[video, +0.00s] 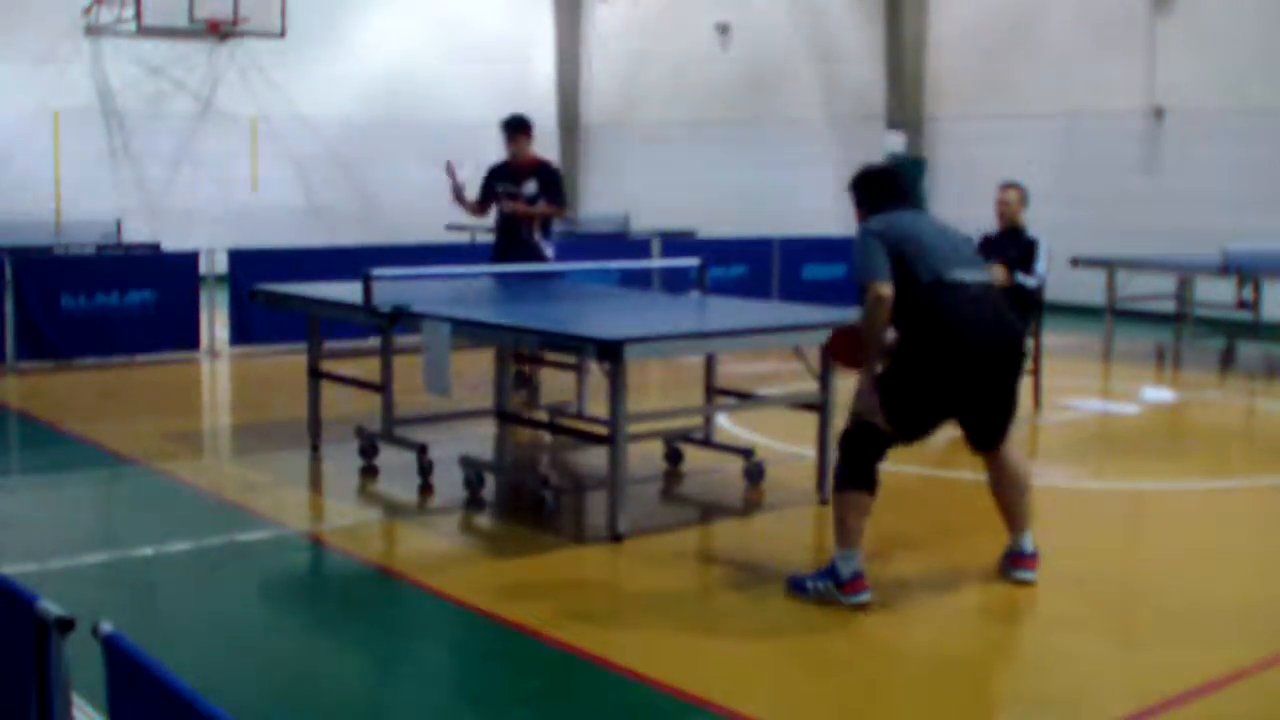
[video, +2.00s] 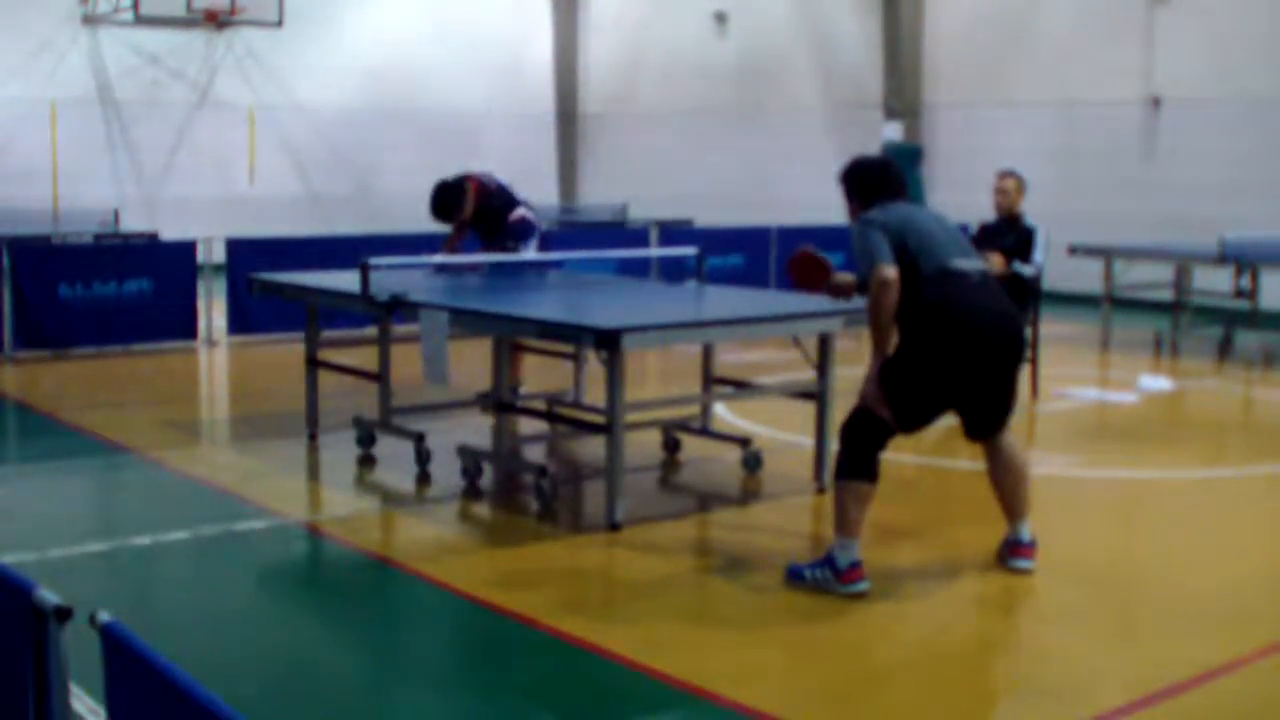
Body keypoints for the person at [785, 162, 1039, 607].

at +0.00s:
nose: (857, 215)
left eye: (857, 207)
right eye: (857, 207)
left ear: (866, 204)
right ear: (909, 196)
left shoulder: (875, 231)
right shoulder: (945, 231)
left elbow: (881, 294)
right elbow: (985, 283)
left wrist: (869, 360)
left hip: (937, 350)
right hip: (999, 348)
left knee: (861, 443)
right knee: (995, 441)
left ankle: (846, 568)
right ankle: (1024, 547)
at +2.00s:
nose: (848, 210)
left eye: (847, 201)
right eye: (846, 201)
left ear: (855, 200)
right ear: (899, 189)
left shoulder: (870, 224)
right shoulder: (932, 219)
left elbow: (885, 280)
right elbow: (933, 278)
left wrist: (878, 360)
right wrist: (853, 285)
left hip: (939, 342)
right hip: (999, 337)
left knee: (861, 434)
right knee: (993, 431)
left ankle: (845, 558)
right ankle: (1021, 537)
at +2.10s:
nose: (848, 208)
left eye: (847, 200)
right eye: (846, 200)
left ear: (856, 198)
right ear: (898, 188)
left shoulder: (870, 222)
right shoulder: (931, 218)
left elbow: (884, 279)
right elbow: (931, 277)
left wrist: (879, 359)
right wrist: (850, 286)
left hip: (938, 341)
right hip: (999, 337)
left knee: (861, 434)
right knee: (994, 431)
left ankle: (845, 557)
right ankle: (1022, 537)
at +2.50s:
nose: (850, 208)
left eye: (849, 200)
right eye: (848, 200)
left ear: (857, 198)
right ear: (899, 189)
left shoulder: (870, 222)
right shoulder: (933, 218)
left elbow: (881, 280)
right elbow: (933, 279)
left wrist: (875, 361)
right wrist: (855, 285)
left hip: (937, 344)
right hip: (999, 339)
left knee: (859, 434)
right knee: (993, 431)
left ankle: (843, 557)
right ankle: (1021, 535)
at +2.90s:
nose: (854, 201)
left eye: (854, 194)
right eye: (854, 194)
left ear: (862, 192)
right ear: (904, 184)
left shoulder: (871, 220)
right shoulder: (939, 216)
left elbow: (873, 283)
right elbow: (980, 271)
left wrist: (876, 360)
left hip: (933, 341)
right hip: (996, 339)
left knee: (857, 433)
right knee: (994, 432)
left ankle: (843, 556)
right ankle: (1020, 534)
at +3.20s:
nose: (857, 201)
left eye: (857, 194)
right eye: (858, 194)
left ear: (864, 191)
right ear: (908, 185)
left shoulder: (872, 221)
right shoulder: (943, 218)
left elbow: (873, 284)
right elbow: (983, 272)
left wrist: (873, 360)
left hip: (933, 339)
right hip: (996, 337)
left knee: (853, 434)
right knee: (992, 431)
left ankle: (843, 556)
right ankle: (1021, 534)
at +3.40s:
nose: (860, 192)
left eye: (861, 185)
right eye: (862, 185)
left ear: (869, 184)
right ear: (914, 180)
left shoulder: (875, 216)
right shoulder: (944, 213)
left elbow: (877, 280)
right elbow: (987, 267)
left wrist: (875, 361)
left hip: (935, 339)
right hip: (996, 338)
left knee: (861, 435)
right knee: (994, 431)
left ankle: (843, 556)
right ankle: (1020, 535)